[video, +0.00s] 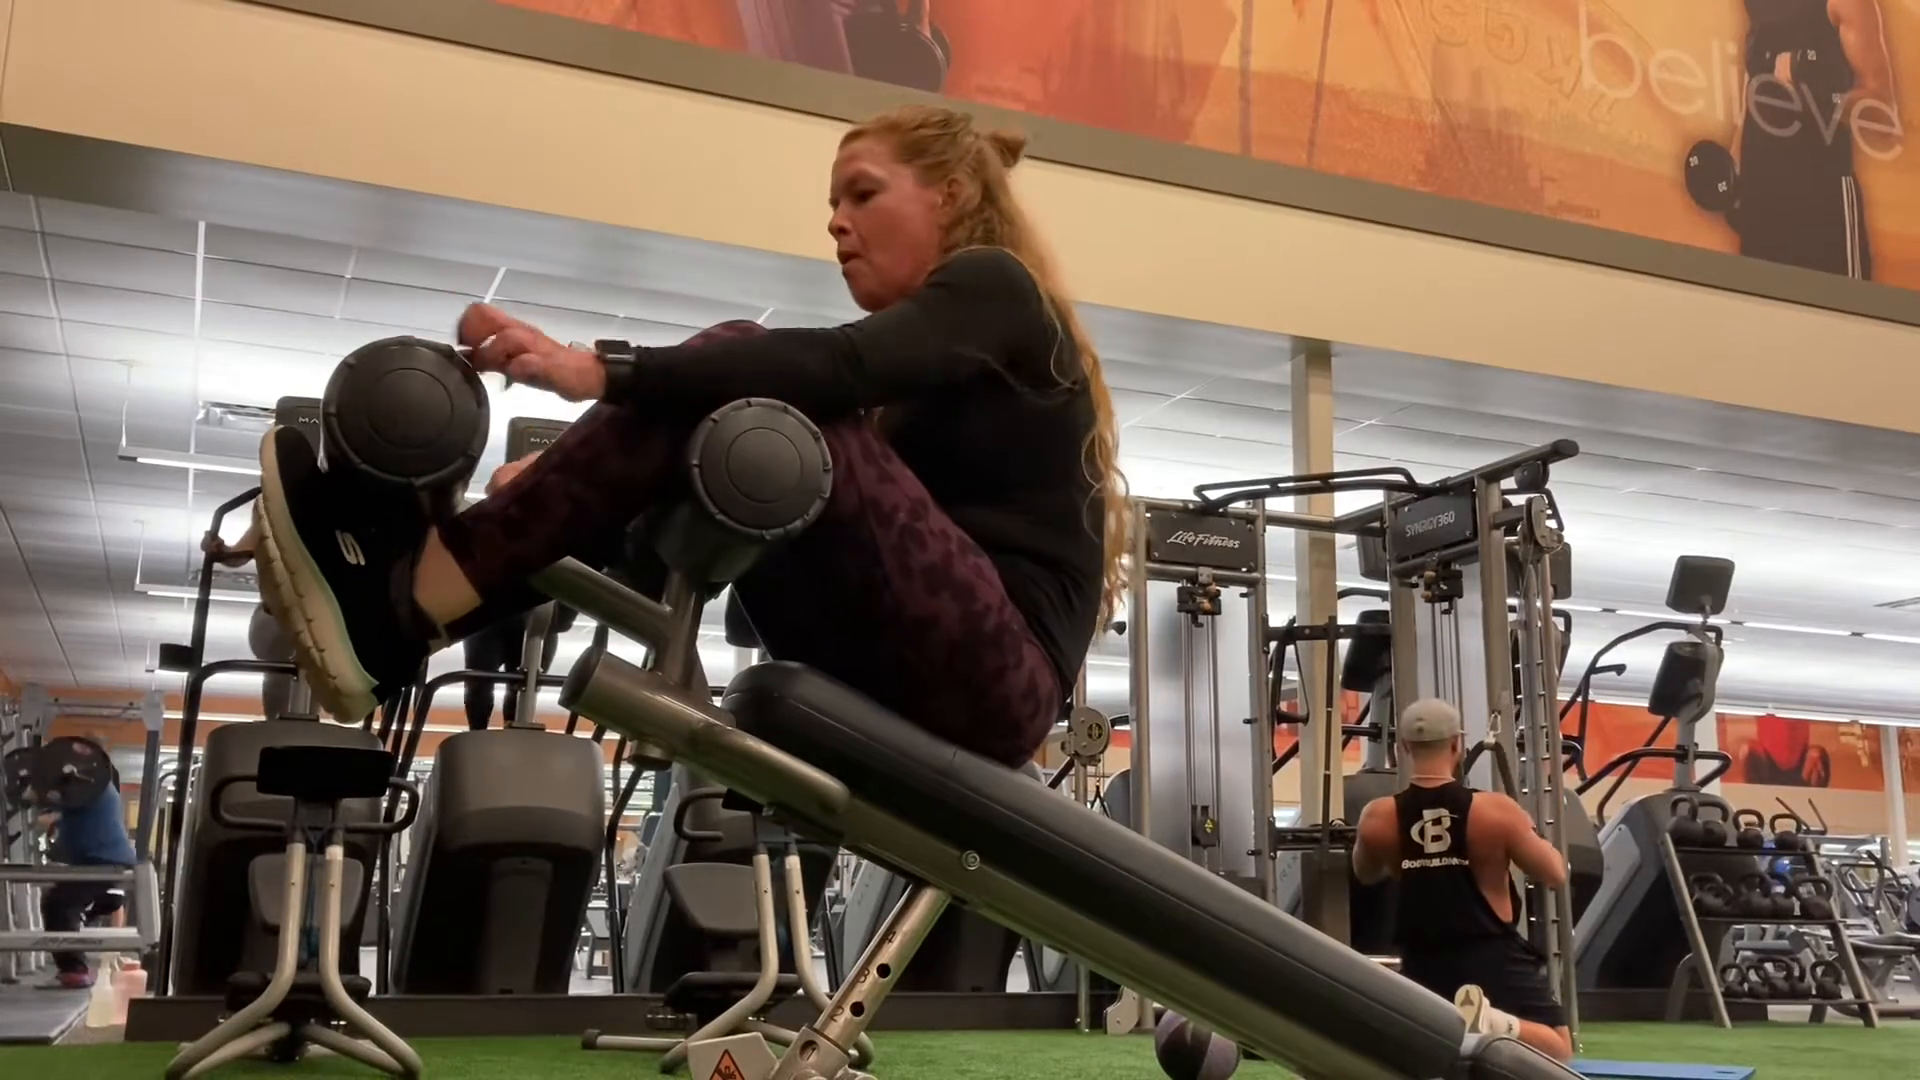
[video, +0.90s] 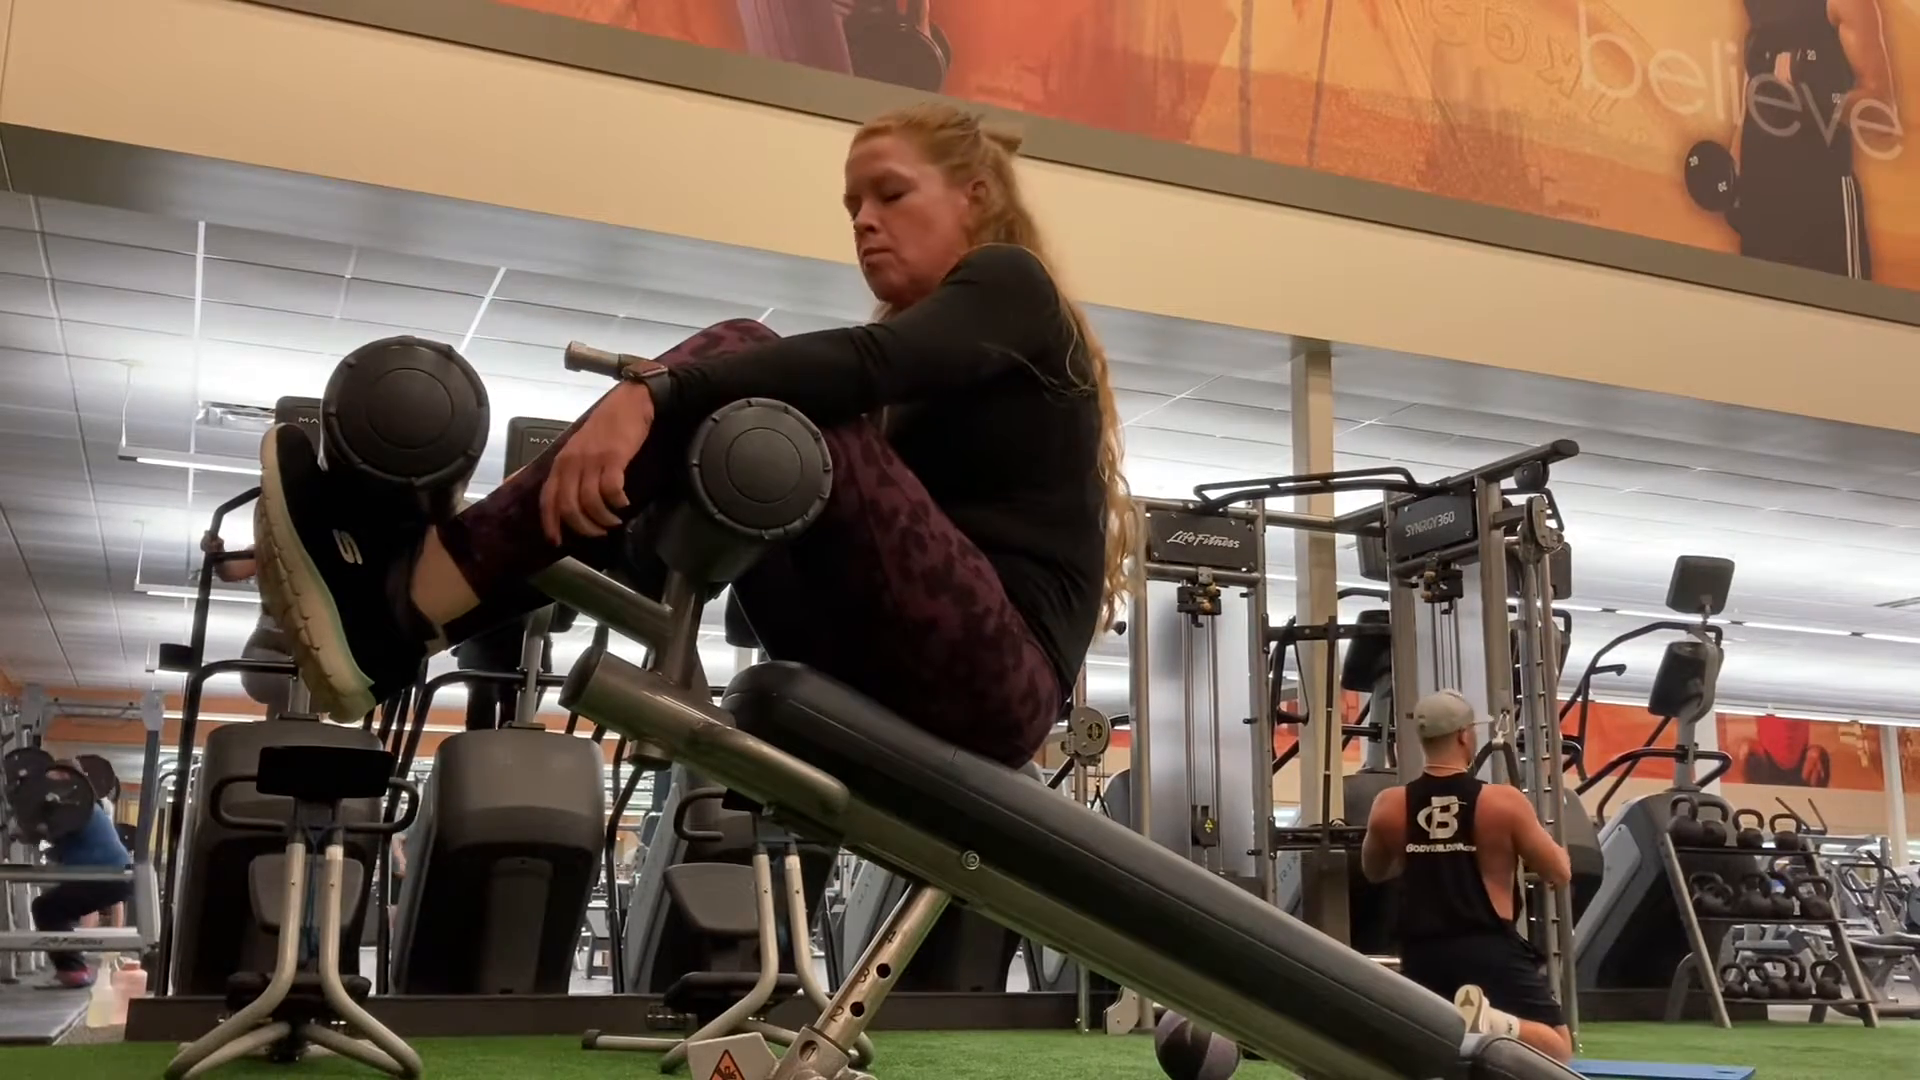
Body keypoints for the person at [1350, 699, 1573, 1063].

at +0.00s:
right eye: (1461, 740)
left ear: (1401, 750)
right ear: (1456, 745)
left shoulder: (1378, 817)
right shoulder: (1496, 811)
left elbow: (1365, 872)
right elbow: (1555, 874)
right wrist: (1528, 834)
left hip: (1421, 969)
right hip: (1495, 965)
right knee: (1561, 1049)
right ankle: (1493, 1021)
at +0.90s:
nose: (1475, 736)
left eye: (1473, 728)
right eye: (1473, 729)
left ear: (1421, 738)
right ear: (1464, 736)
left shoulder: (1389, 804)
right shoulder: (1504, 802)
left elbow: (1373, 870)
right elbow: (1560, 872)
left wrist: (1417, 840)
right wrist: (1541, 840)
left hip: (1421, 960)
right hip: (1492, 958)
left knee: (1434, 1053)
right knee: (1561, 1049)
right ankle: (1494, 1022)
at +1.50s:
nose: (1544, 715)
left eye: (1542, 706)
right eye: (1540, 707)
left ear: (1489, 715)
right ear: (1526, 713)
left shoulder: (1454, 781)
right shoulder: (1572, 777)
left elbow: (1433, 846)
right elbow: (1614, 844)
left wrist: (1476, 819)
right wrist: (1579, 808)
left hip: (1470, 930)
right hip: (1540, 933)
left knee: (1464, 1040)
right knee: (1566, 1051)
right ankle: (1503, 1019)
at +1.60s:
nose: (1556, 709)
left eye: (1554, 701)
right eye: (1553, 701)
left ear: (1500, 709)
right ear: (1539, 707)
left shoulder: (1465, 774)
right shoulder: (1587, 771)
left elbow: (1439, 835)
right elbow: (1622, 838)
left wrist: (1485, 805)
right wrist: (1586, 800)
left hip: (1478, 923)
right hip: (1550, 925)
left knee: (1453, 1029)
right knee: (1565, 1050)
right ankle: (1509, 1019)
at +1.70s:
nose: (1563, 704)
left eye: (1560, 697)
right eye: (1560, 697)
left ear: (1509, 707)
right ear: (1550, 705)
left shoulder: (1477, 769)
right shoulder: (1599, 768)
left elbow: (1441, 832)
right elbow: (1628, 834)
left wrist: (1478, 799)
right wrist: (1586, 801)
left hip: (1487, 906)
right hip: (1558, 916)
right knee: (1566, 1047)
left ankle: (1437, 995)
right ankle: (1511, 1019)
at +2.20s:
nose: (1564, 707)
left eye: (1563, 701)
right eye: (1561, 701)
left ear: (1510, 706)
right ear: (1547, 705)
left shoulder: (1473, 756)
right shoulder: (1591, 763)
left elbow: (1443, 803)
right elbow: (1619, 823)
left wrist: (1487, 793)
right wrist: (1592, 785)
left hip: (1481, 902)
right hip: (1550, 911)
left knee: (1464, 927)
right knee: (1565, 1048)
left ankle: (1492, 1029)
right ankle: (1526, 1018)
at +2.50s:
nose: (1549, 671)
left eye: (1547, 662)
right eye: (1545, 662)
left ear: (1495, 671)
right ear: (1528, 668)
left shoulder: (1458, 722)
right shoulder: (1573, 721)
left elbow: (1437, 789)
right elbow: (1613, 792)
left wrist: (1481, 768)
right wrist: (1582, 764)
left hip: (1467, 848)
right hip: (1531, 849)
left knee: (1478, 922)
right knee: (1542, 986)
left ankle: (1499, 1020)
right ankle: (1509, 1009)